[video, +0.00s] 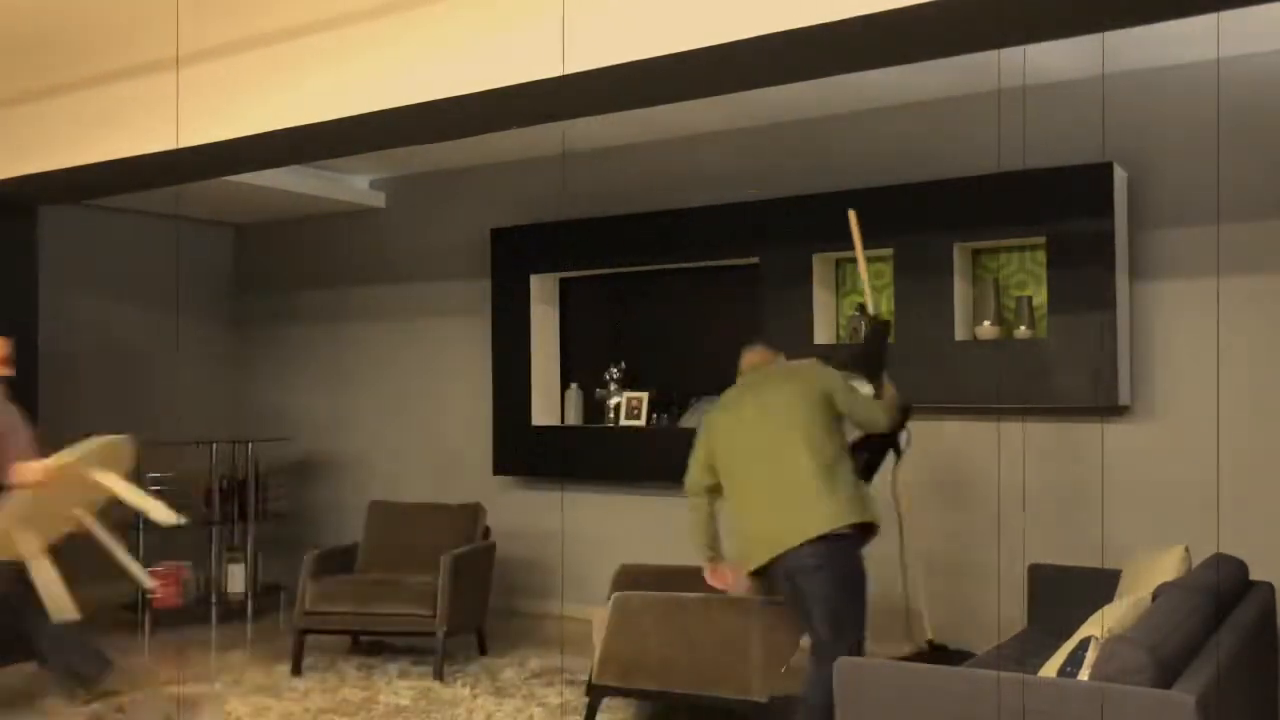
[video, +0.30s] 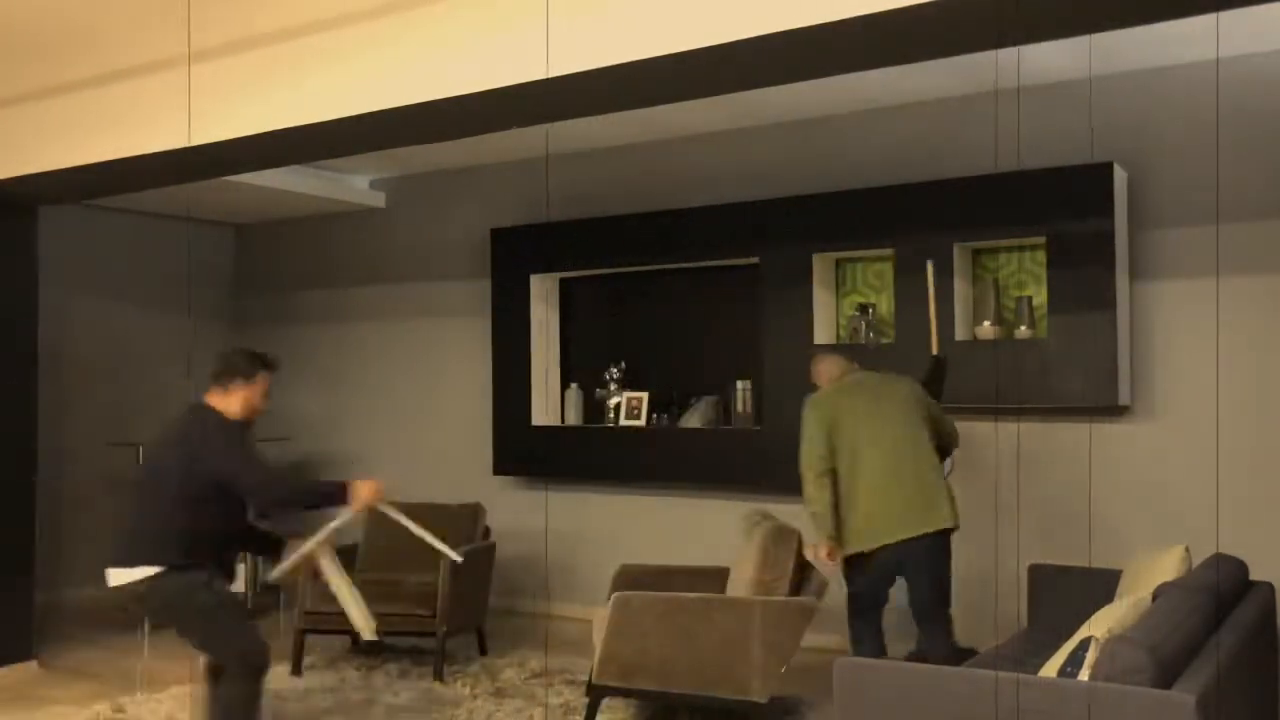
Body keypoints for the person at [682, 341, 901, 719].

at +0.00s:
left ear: (739, 374)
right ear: (780, 359)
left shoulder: (717, 415)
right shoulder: (812, 373)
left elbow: (697, 487)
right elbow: (880, 420)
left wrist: (709, 557)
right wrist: (889, 397)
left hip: (765, 549)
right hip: (827, 531)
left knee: (828, 650)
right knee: (837, 654)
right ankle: (814, 716)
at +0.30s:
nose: (818, 389)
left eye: (816, 384)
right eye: (817, 385)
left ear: (821, 380)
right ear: (854, 368)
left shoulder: (819, 405)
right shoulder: (904, 385)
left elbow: (816, 473)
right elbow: (947, 436)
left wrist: (825, 534)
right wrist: (921, 468)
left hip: (869, 532)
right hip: (930, 523)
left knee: (865, 619)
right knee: (933, 617)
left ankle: (873, 699)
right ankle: (943, 701)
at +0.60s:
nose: (848, 396)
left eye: (846, 386)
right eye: (845, 388)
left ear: (857, 376)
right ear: (875, 370)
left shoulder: (874, 395)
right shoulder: (923, 396)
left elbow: (875, 462)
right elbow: (946, 459)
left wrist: (867, 520)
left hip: (916, 526)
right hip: (962, 524)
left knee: (874, 602)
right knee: (943, 600)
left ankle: (893, 684)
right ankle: (980, 674)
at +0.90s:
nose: (857, 394)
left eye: (857, 385)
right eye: (854, 387)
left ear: (874, 371)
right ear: (880, 369)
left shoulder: (895, 392)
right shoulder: (924, 389)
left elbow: (904, 453)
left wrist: (893, 509)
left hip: (954, 513)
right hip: (989, 508)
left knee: (914, 602)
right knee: (959, 597)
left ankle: (929, 688)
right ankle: (988, 678)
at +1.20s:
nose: (871, 380)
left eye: (869, 373)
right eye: (869, 374)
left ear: (877, 369)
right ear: (895, 359)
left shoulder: (904, 390)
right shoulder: (929, 383)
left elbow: (917, 452)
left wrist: (913, 515)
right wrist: (911, 501)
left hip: (959, 515)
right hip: (988, 510)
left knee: (921, 603)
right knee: (958, 598)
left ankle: (932, 691)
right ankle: (990, 677)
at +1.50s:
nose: (868, 377)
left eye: (869, 366)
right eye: (865, 369)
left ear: (888, 353)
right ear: (894, 352)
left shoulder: (912, 381)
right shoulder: (933, 376)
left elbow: (918, 451)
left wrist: (907, 512)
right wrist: (906, 502)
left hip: (954, 514)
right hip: (982, 509)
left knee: (918, 602)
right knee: (959, 598)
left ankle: (933, 692)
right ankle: (991, 677)